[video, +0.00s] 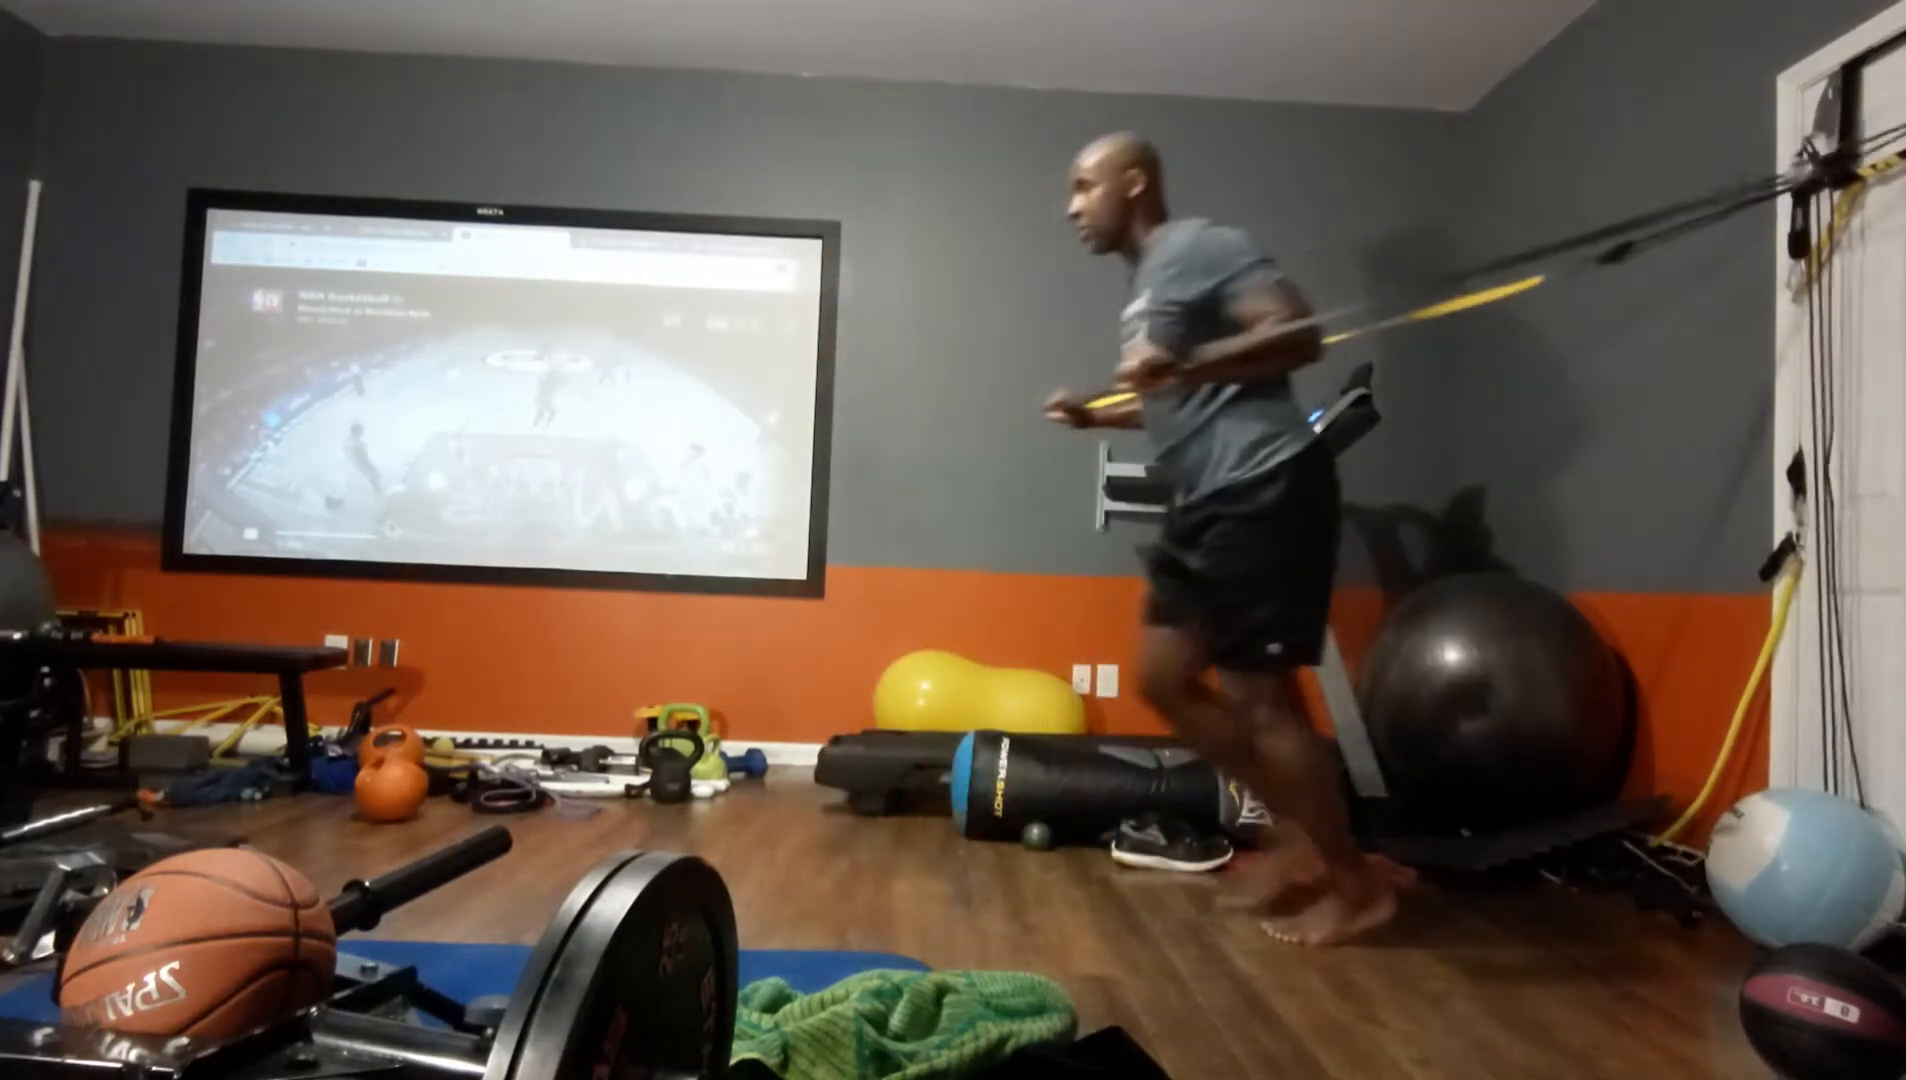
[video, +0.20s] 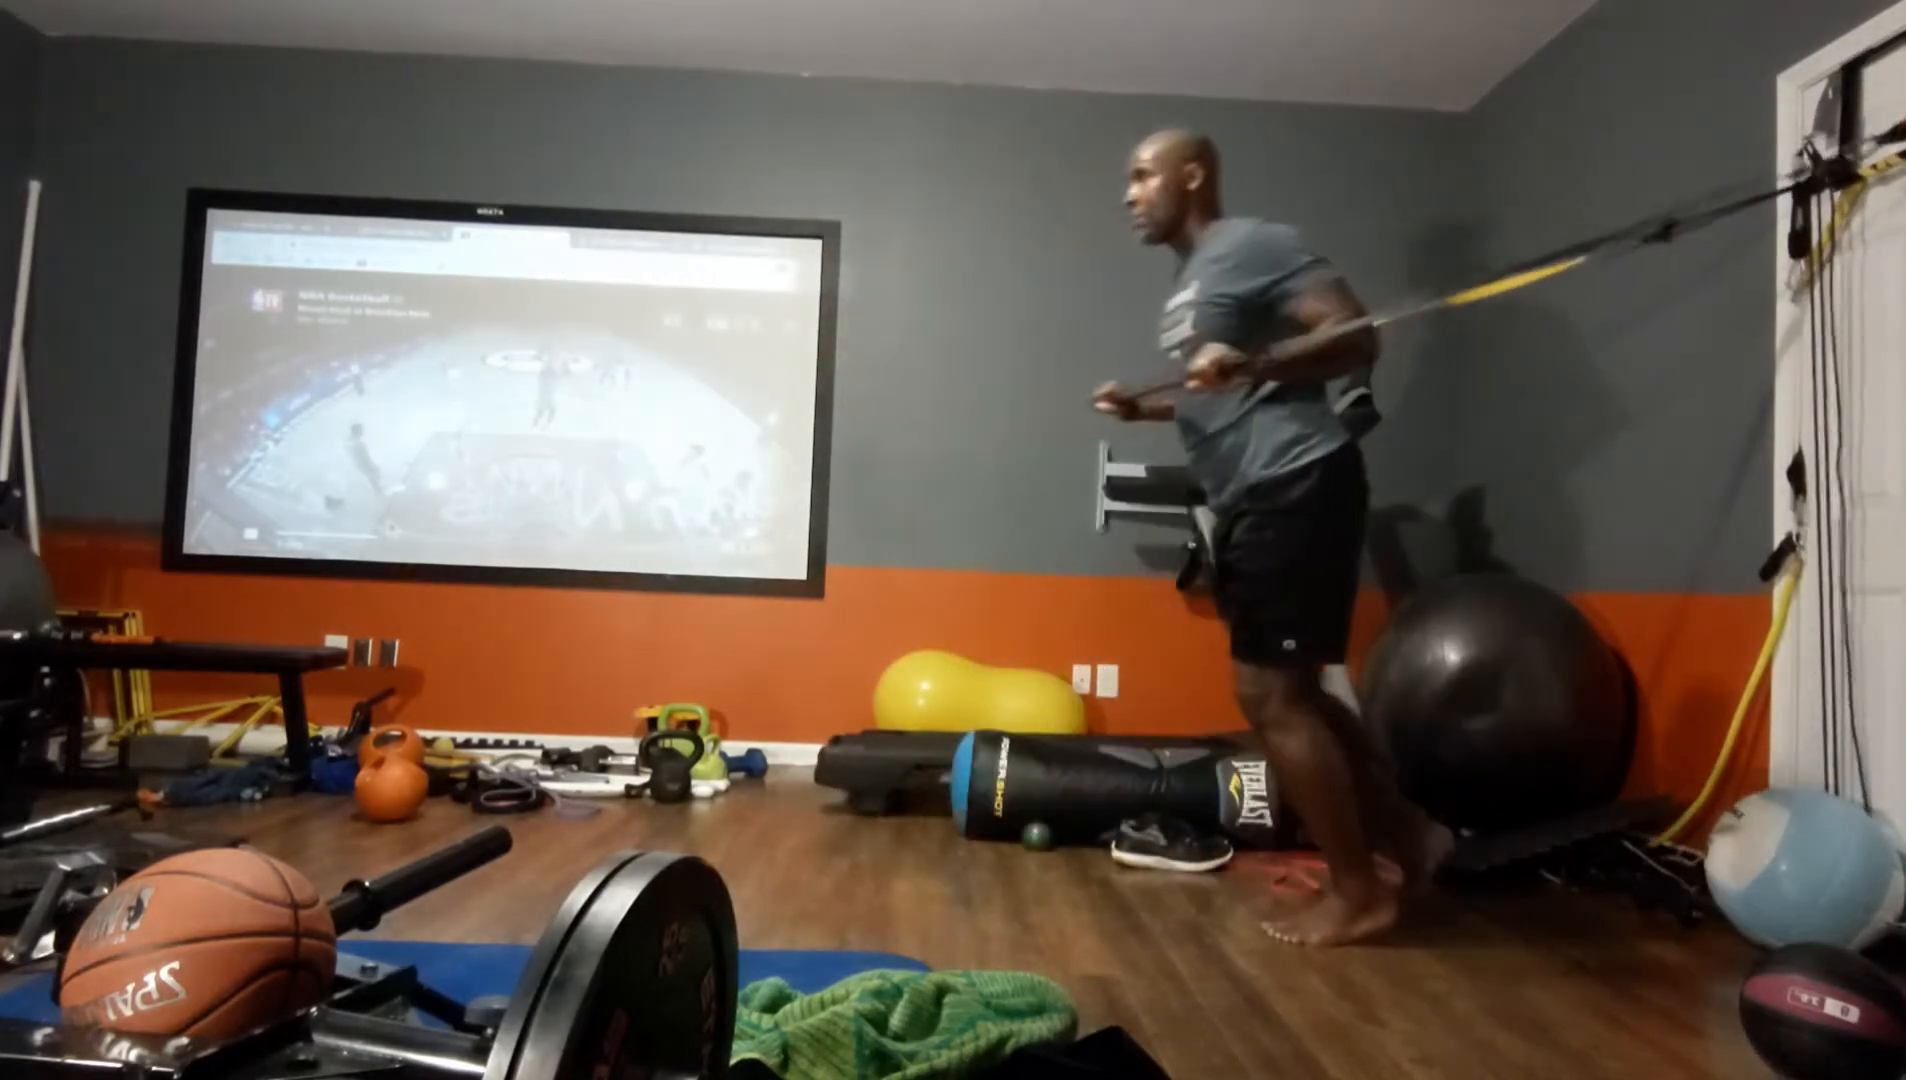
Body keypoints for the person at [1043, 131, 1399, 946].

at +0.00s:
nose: (1072, 205)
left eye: (1084, 187)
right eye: (1071, 191)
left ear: (1137, 184)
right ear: (1122, 193)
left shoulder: (1204, 245)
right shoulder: (1146, 289)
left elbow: (1297, 334)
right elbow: (1172, 404)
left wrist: (1187, 368)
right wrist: (1095, 411)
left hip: (1268, 491)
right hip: (1203, 503)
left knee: (1259, 704)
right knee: (1165, 681)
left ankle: (1358, 884)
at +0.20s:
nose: (1129, 195)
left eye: (1141, 177)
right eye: (1129, 181)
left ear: (1194, 179)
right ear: (1172, 188)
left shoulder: (1254, 244)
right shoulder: (1190, 287)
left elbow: (1355, 335)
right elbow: (1226, 394)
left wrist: (1257, 364)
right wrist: (1146, 403)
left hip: (1302, 486)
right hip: (1257, 497)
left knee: (1274, 696)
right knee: (1284, 691)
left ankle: (1355, 892)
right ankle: (1404, 836)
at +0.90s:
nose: (1068, 249)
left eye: (1073, 227)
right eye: (1061, 235)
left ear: (1122, 206)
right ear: (1105, 220)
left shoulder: (1192, 263)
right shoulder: (1132, 306)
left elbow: (1305, 341)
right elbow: (1179, 404)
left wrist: (1209, 376)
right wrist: (1118, 412)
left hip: (1250, 503)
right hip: (1217, 514)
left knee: (1230, 712)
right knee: (1264, 707)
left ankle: (1350, 888)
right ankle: (1404, 828)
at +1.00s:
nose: (1025, 265)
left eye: (1028, 243)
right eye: (1015, 254)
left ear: (1074, 219)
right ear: (1032, 251)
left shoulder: (1139, 269)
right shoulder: (1095, 312)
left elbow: (1255, 343)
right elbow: (1143, 413)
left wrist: (1153, 384)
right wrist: (1080, 415)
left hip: (1220, 504)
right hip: (1172, 520)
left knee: (1222, 721)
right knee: (1151, 712)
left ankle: (1354, 885)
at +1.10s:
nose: (978, 282)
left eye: (981, 259)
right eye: (966, 272)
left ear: (1024, 234)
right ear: (975, 274)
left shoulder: (1086, 281)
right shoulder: (1050, 326)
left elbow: (1151, 358)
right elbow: (1108, 403)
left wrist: (1037, 380)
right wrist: (1033, 416)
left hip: (1189, 514)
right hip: (1134, 529)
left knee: (1212, 725)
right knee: (1046, 671)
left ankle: (1353, 883)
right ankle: (1183, 827)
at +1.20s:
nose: (921, 287)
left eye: (928, 265)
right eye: (910, 278)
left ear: (964, 251)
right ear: (917, 281)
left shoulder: (1027, 285)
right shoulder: (977, 340)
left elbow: (974, 337)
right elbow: (963, 405)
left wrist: (856, 348)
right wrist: (871, 388)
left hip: (1149, 511)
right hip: (1081, 530)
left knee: (1205, 725)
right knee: (971, 649)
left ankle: (1349, 877)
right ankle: (1001, 850)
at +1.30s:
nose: (836, 311)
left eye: (841, 298)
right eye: (835, 303)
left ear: (875, 283)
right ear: (874, 297)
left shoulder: (945, 308)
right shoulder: (919, 352)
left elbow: (814, 321)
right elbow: (835, 375)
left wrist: (687, 320)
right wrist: (734, 359)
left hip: (1095, 525)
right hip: (1034, 542)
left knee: (1180, 732)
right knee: (923, 672)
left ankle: (1343, 871)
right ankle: (879, 867)